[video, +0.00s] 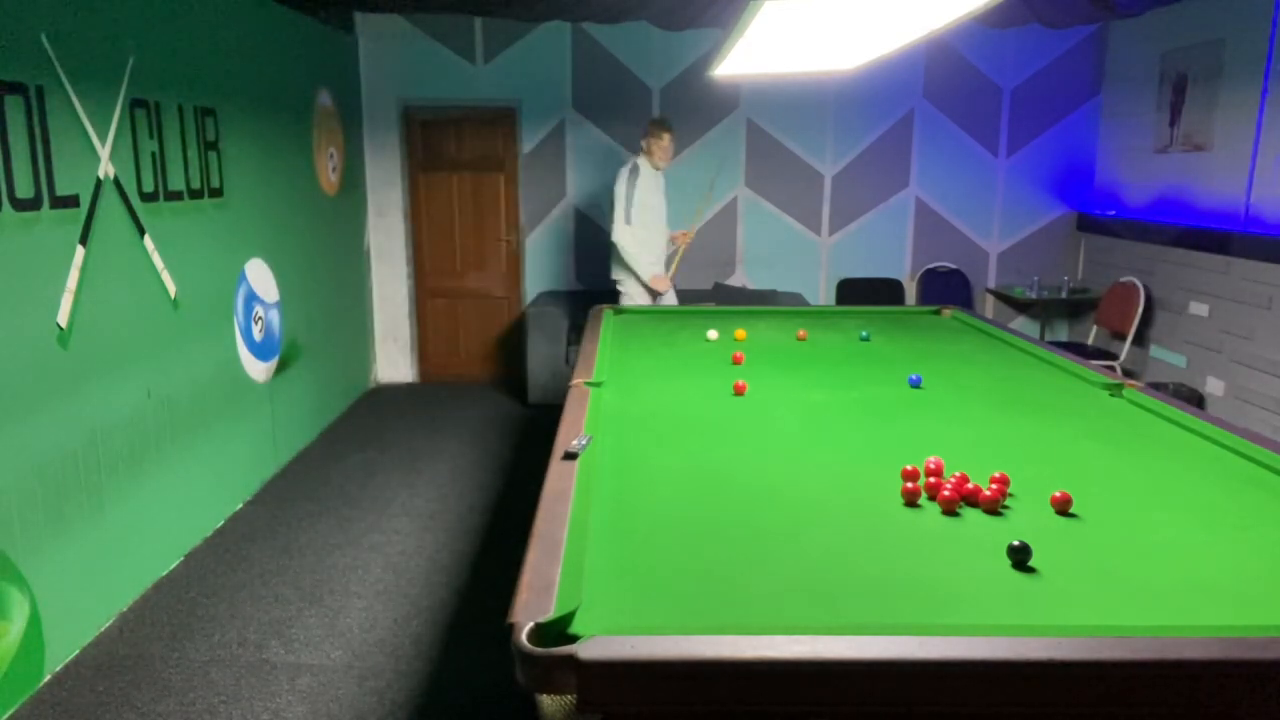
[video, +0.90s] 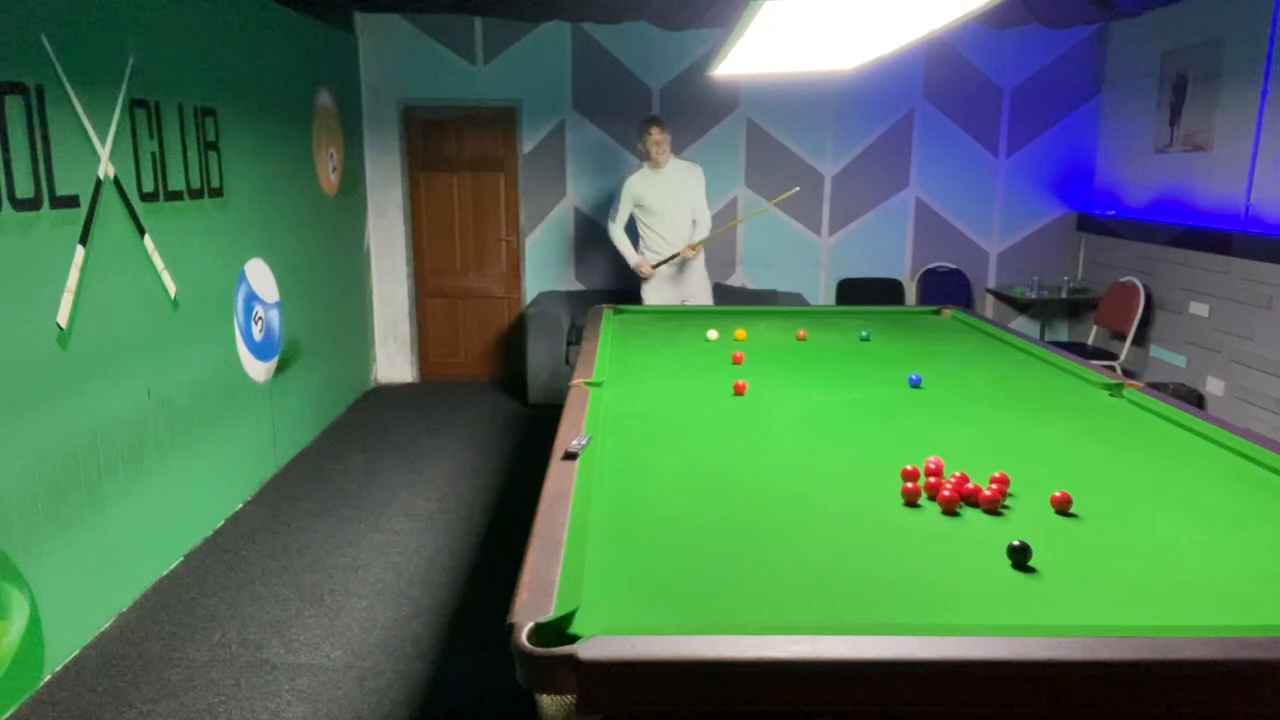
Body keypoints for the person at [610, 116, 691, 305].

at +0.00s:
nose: (665, 153)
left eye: (668, 147)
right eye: (659, 147)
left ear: (672, 149)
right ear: (644, 144)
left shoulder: (658, 176)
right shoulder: (631, 173)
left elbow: (647, 226)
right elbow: (620, 233)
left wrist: (671, 238)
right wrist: (651, 276)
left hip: (658, 272)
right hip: (634, 276)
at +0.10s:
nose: (674, 148)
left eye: (677, 142)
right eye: (667, 141)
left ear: (680, 145)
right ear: (653, 143)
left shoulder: (673, 176)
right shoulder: (636, 172)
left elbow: (674, 218)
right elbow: (615, 226)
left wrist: (684, 230)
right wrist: (638, 272)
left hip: (667, 267)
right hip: (643, 271)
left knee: (680, 319)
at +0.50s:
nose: (675, 141)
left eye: (680, 135)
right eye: (669, 135)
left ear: (686, 138)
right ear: (660, 139)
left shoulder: (702, 174)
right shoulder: (644, 176)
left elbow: (709, 216)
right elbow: (615, 217)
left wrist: (713, 234)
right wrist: (618, 262)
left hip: (688, 269)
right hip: (655, 270)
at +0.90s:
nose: (661, 147)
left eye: (664, 140)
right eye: (654, 142)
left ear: (670, 141)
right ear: (642, 147)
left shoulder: (693, 173)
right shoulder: (634, 184)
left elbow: (703, 217)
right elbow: (615, 227)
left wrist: (696, 243)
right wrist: (635, 261)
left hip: (693, 273)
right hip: (657, 277)